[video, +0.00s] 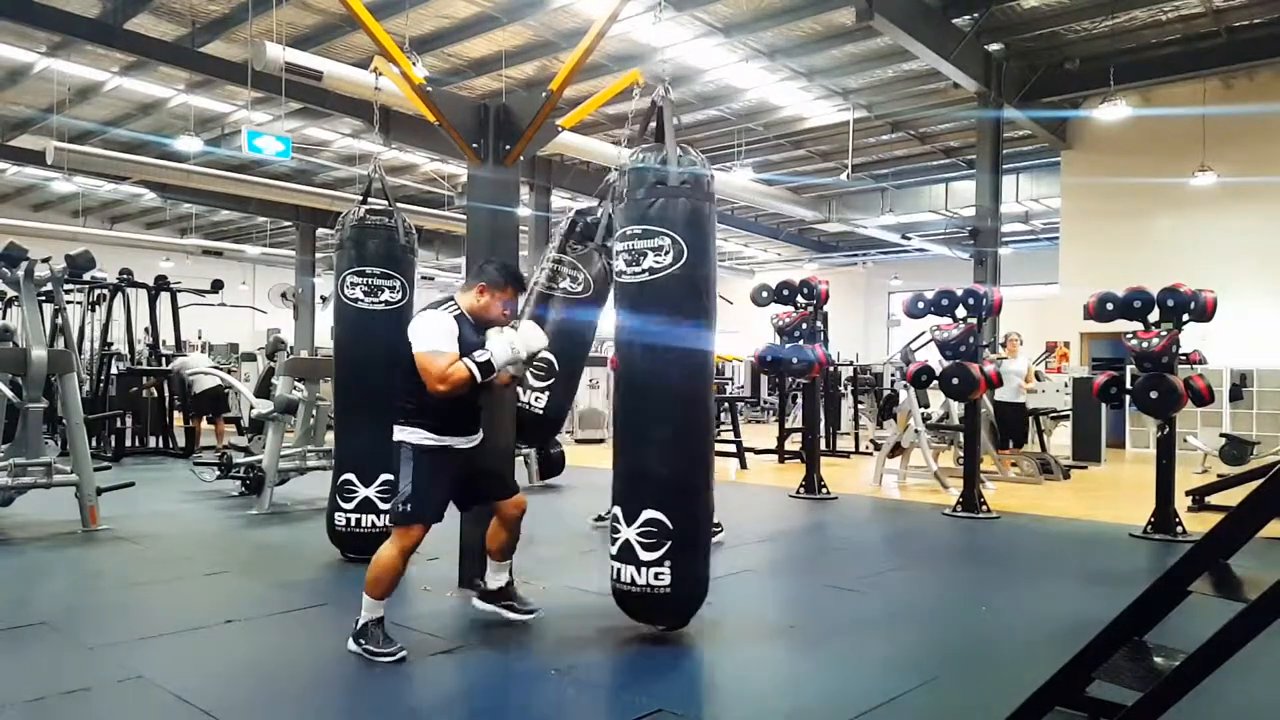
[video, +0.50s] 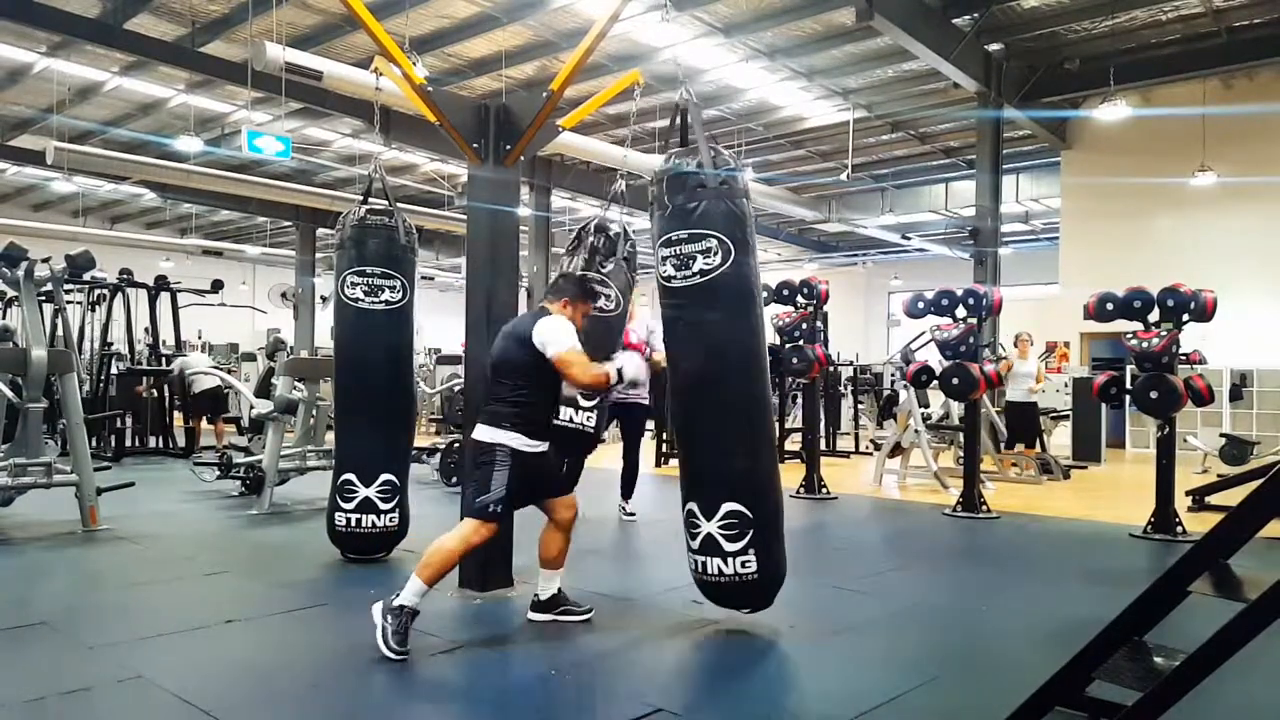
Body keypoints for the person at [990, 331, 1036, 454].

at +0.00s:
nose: (1014, 343)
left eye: (1016, 340)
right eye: (1011, 340)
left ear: (1020, 343)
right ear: (1005, 343)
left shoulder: (1026, 361)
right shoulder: (998, 359)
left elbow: (1032, 382)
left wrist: (1026, 386)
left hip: (1019, 400)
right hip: (1001, 400)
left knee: (1020, 437)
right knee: (1003, 436)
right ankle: (1005, 467)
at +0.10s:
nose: (1015, 343)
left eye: (1018, 340)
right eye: (1012, 340)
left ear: (1021, 343)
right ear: (1007, 343)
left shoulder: (1027, 361)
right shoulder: (1000, 359)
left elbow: (1032, 382)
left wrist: (1027, 386)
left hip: (1019, 401)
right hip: (1002, 400)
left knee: (1025, 436)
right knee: (1003, 439)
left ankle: (1017, 457)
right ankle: (1005, 471)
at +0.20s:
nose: (1017, 343)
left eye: (1020, 340)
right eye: (1014, 340)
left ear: (1024, 343)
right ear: (1009, 343)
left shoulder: (1028, 362)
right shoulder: (1002, 358)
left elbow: (1033, 381)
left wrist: (1028, 387)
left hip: (1021, 401)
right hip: (1004, 400)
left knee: (1029, 437)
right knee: (1004, 438)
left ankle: (1026, 467)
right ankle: (1006, 467)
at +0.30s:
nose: (1019, 344)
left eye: (1022, 341)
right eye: (1016, 341)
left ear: (1026, 343)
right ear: (1011, 343)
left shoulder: (1031, 362)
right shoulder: (1005, 359)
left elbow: (1036, 383)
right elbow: (1000, 364)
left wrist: (1030, 388)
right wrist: (1000, 360)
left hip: (1024, 401)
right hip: (1007, 400)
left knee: (1031, 437)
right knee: (1007, 437)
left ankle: (1027, 469)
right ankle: (1005, 469)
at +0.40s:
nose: (1022, 343)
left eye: (1025, 341)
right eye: (1019, 341)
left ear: (1028, 343)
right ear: (1013, 343)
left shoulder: (1033, 363)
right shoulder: (1007, 359)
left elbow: (1038, 382)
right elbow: (998, 372)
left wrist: (1033, 388)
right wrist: (1001, 366)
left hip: (1027, 401)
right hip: (1009, 399)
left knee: (1031, 436)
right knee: (1009, 436)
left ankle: (1028, 468)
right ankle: (1006, 468)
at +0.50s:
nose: (1024, 343)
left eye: (1027, 341)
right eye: (1021, 341)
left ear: (1031, 344)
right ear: (1016, 343)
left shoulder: (1035, 362)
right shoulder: (1010, 359)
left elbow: (1041, 381)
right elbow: (1000, 373)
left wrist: (1036, 387)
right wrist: (1005, 365)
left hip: (1030, 401)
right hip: (1013, 400)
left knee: (1032, 437)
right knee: (1012, 436)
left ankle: (1028, 468)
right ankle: (1006, 468)